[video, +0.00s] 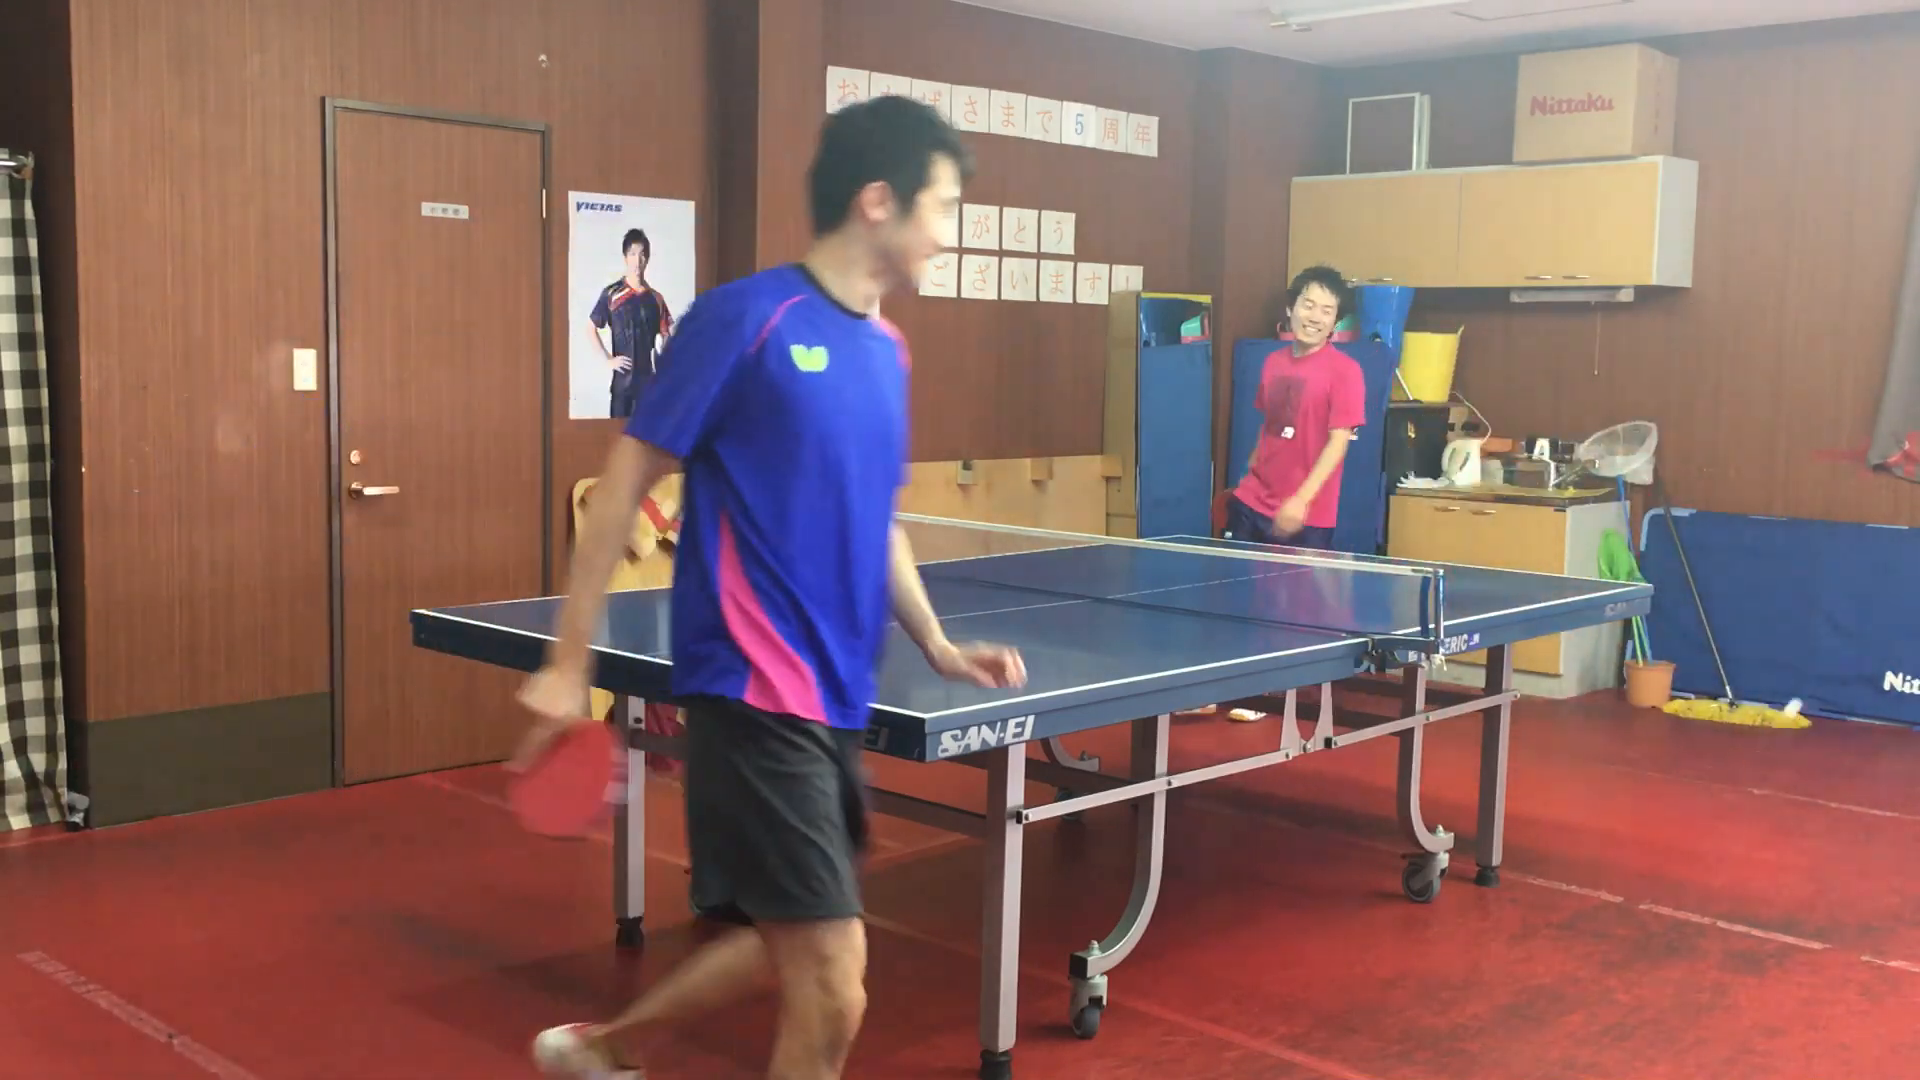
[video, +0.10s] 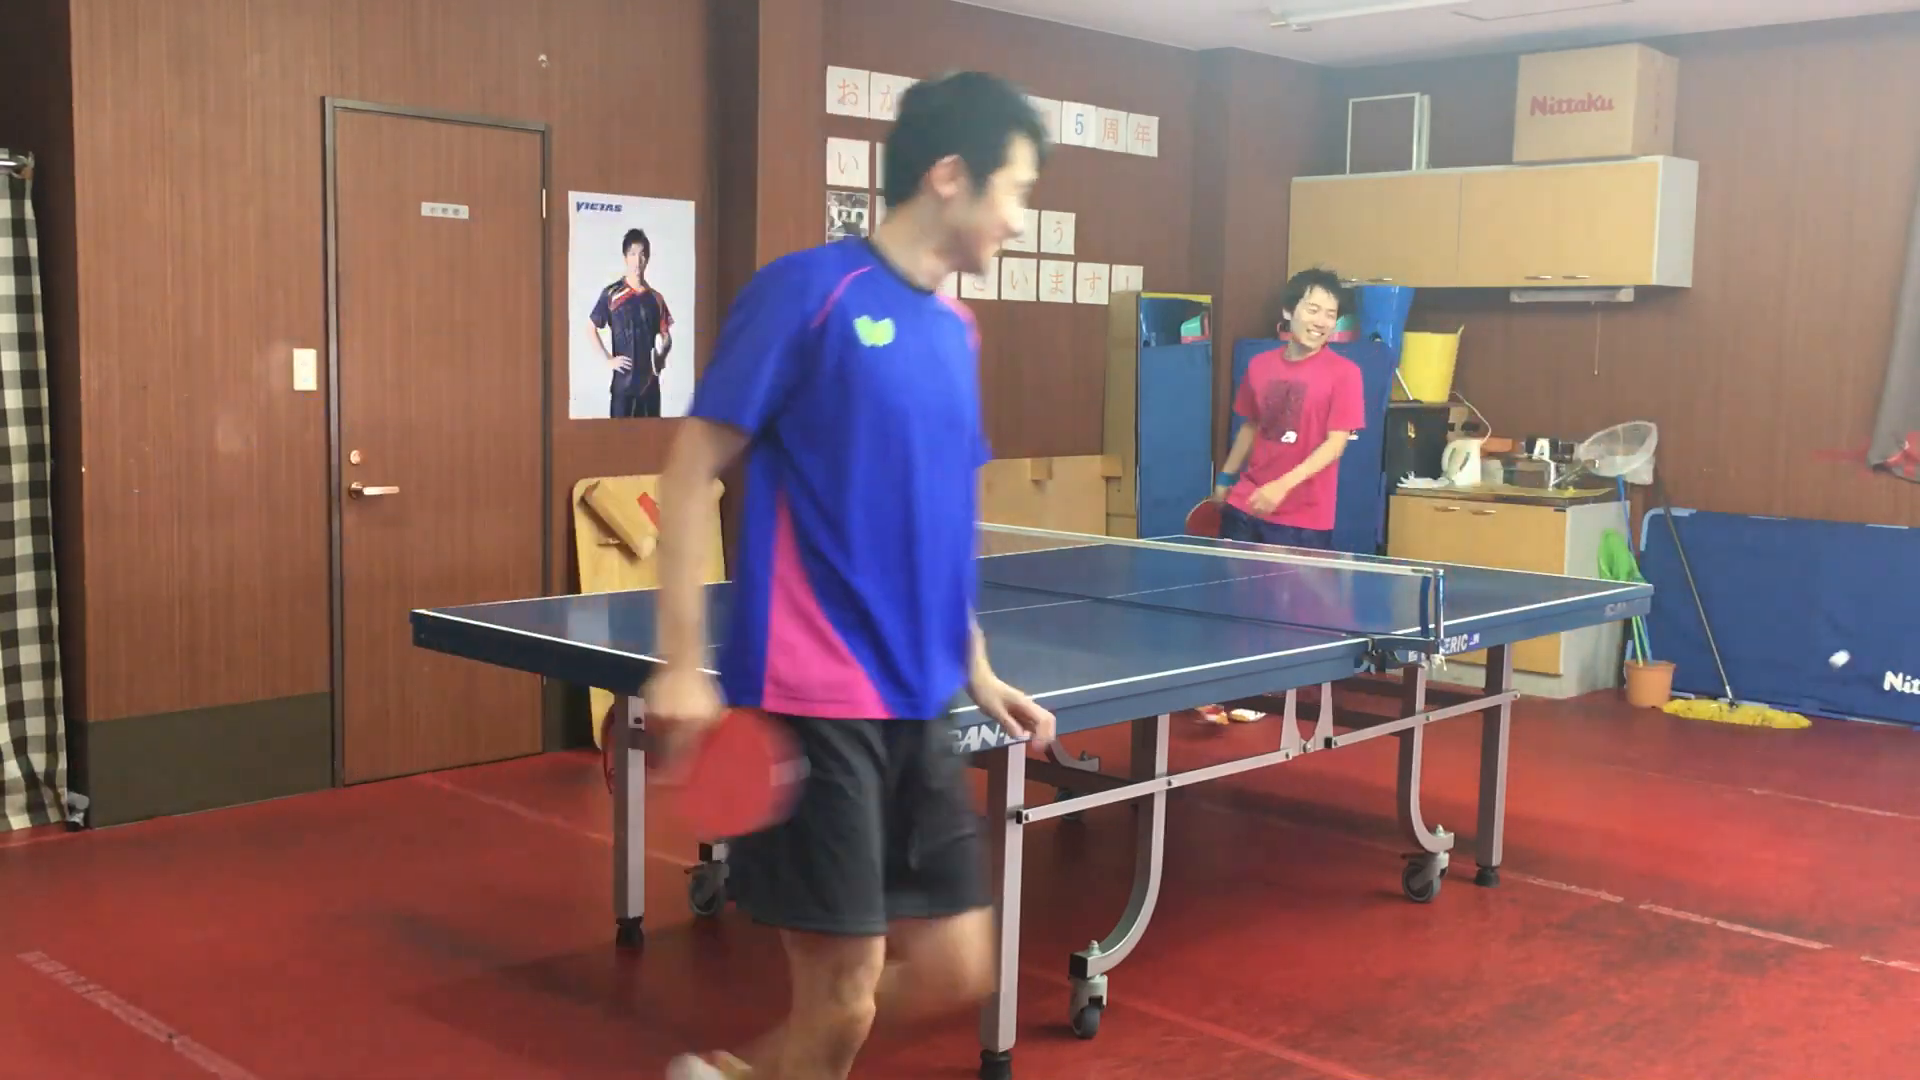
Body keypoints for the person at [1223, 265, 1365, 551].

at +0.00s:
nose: (1316, 317)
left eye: (1327, 311)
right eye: (1307, 306)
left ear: (1335, 321)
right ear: (1290, 310)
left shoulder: (1344, 371)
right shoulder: (1273, 362)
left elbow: (1338, 443)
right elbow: (1269, 425)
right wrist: (1251, 475)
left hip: (1307, 517)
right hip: (1254, 505)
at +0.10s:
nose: (1321, 321)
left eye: (1330, 314)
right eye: (1312, 309)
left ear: (1336, 322)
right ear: (1288, 311)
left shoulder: (1344, 373)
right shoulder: (1260, 366)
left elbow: (1336, 444)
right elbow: (1250, 425)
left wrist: (1281, 487)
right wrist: (1224, 479)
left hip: (1303, 519)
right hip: (1245, 508)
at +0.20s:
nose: (1325, 323)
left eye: (1332, 316)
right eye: (1316, 312)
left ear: (1336, 324)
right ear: (1287, 316)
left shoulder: (1343, 376)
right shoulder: (1252, 369)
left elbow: (1344, 447)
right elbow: (1232, 430)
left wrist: (1290, 481)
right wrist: (1205, 485)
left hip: (1305, 524)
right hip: (1247, 517)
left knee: (1297, 614)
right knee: (1241, 608)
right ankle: (1238, 704)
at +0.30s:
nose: (1328, 323)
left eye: (1333, 316)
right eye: (1319, 313)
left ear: (1335, 323)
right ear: (1289, 316)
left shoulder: (1346, 374)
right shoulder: (1248, 374)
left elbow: (1353, 444)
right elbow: (1217, 434)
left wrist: (1319, 497)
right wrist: (1188, 493)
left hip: (1315, 521)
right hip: (1255, 518)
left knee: (1313, 616)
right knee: (1253, 611)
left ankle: (1316, 721)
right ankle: (1244, 713)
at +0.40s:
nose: (1336, 317)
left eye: (1339, 310)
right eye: (1327, 306)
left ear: (1341, 315)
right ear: (1295, 310)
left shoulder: (1353, 370)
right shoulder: (1253, 372)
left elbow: (1363, 439)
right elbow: (1227, 440)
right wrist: (1223, 510)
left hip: (1325, 529)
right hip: (1262, 526)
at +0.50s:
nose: (1354, 313)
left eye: (1355, 305)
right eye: (1346, 303)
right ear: (1313, 306)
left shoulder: (1358, 366)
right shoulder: (1281, 356)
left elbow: (1377, 432)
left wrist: (1396, 496)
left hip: (1334, 513)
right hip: (1276, 510)